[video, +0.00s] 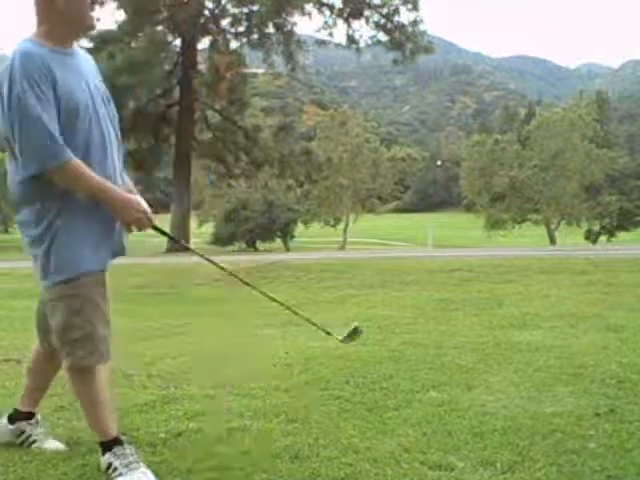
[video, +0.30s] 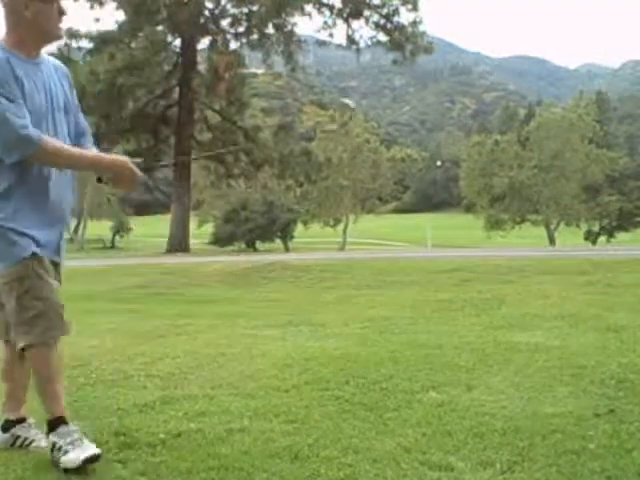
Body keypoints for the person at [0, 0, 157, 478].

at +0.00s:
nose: (96, 5)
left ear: (64, 8)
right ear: (53, 4)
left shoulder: (82, 59)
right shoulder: (25, 62)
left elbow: (102, 143)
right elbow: (49, 157)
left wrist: (129, 196)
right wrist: (116, 197)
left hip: (91, 224)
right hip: (61, 229)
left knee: (59, 330)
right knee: (84, 337)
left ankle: (20, 421)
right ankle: (114, 449)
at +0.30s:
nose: (62, 10)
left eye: (59, 3)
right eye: (52, 3)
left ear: (35, 14)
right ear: (19, 9)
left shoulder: (58, 71)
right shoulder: (4, 66)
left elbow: (80, 140)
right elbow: (25, 143)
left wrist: (108, 168)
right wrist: (105, 164)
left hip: (49, 225)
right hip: (11, 224)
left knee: (20, 328)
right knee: (41, 317)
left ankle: (12, 422)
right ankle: (61, 429)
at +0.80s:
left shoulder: (6, 84)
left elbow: (15, 147)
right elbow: (5, 137)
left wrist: (47, 141)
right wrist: (42, 128)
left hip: (14, 224)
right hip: (5, 225)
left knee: (12, 327)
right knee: (10, 328)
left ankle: (13, 418)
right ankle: (11, 419)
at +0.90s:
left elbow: (4, 151)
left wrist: (26, 153)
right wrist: (27, 134)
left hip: (6, 231)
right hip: (5, 233)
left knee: (12, 329)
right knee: (10, 328)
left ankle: (13, 418)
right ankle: (12, 418)